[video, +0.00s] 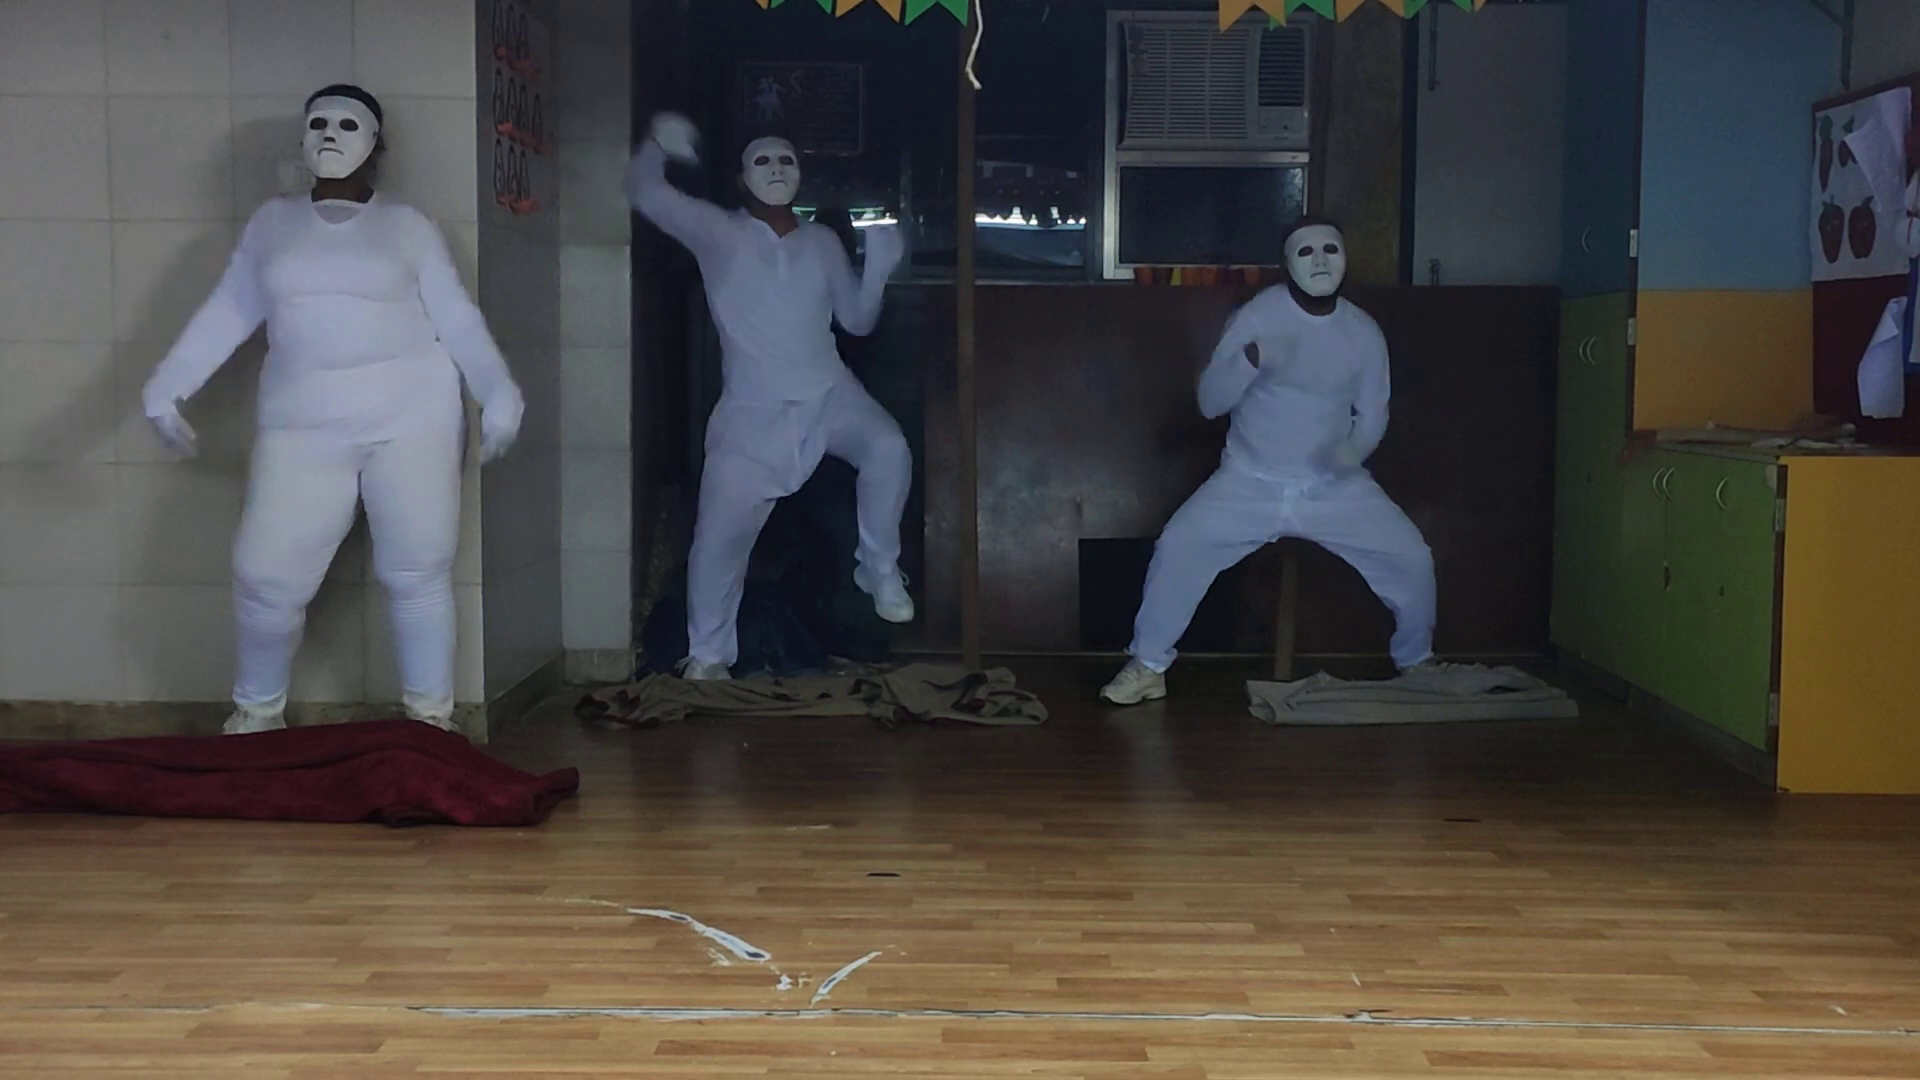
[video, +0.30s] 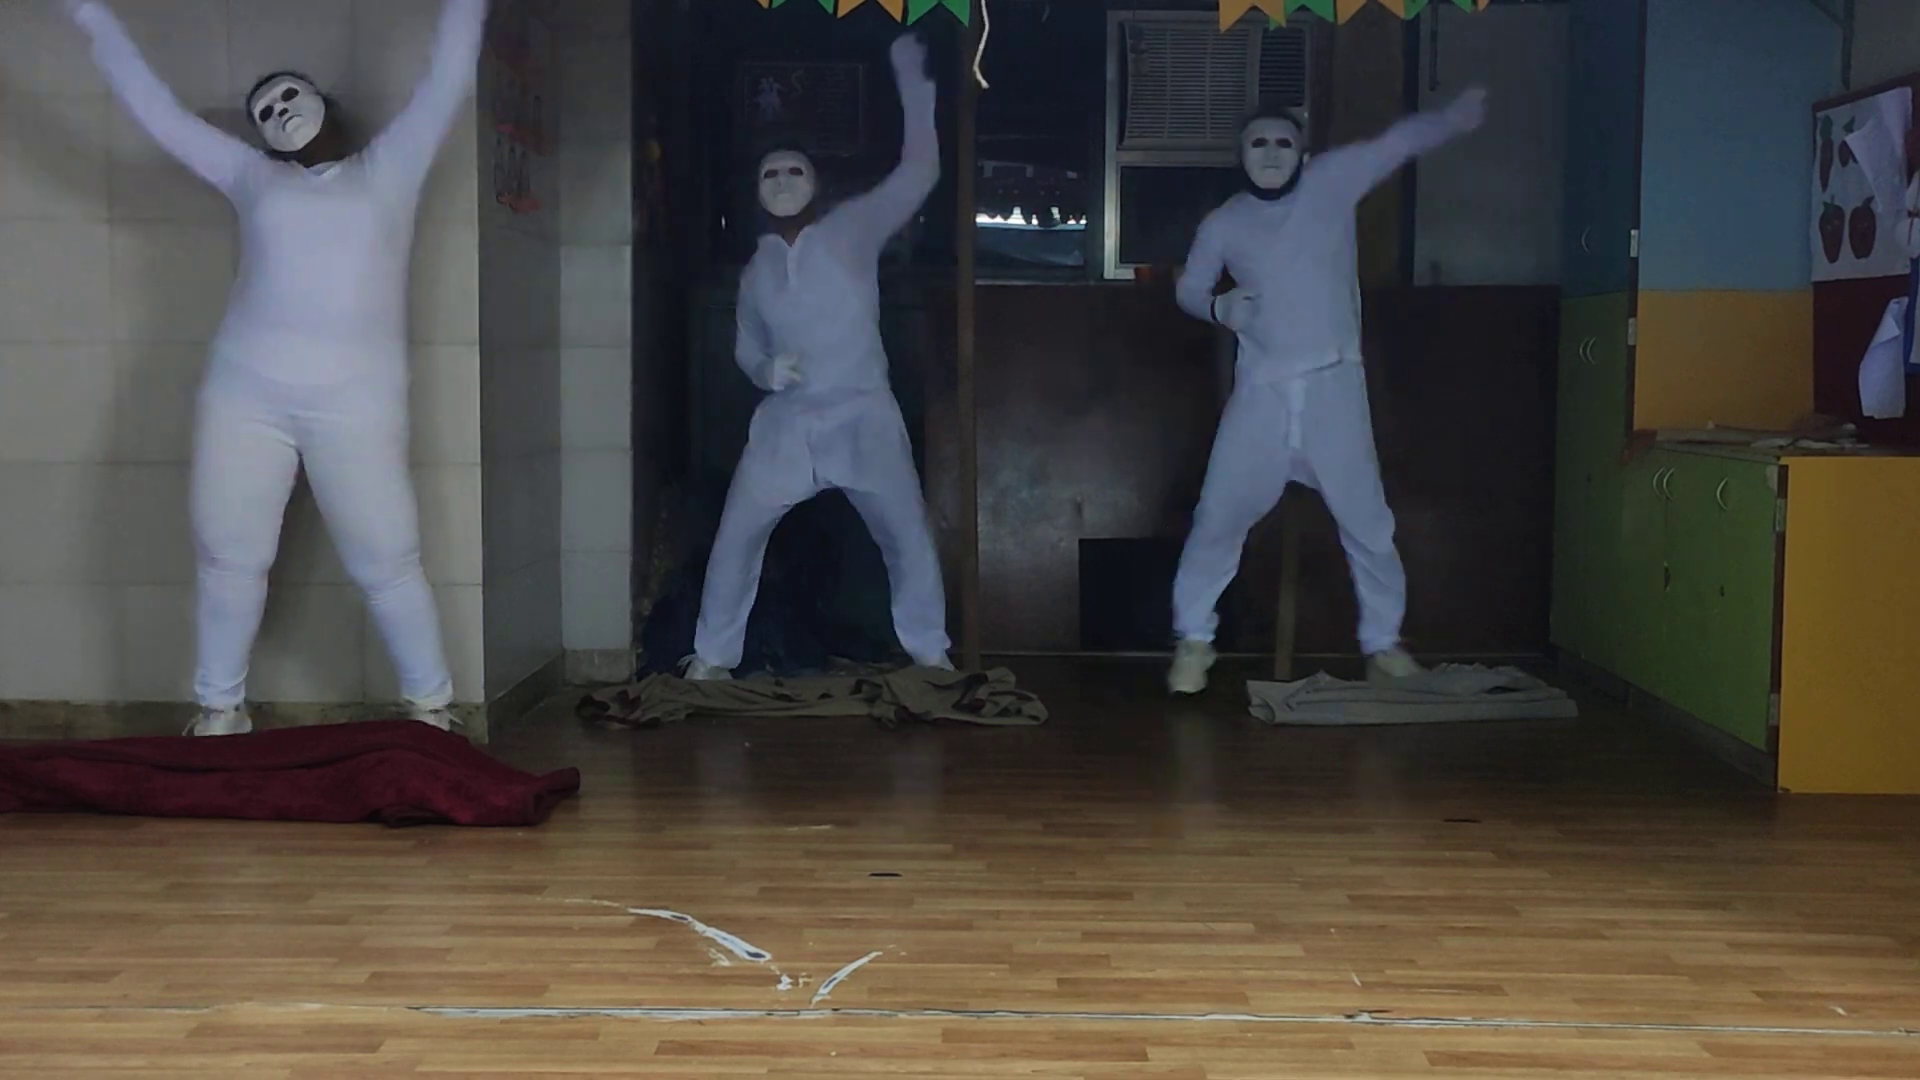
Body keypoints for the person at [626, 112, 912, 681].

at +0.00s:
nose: (776, 171)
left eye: (786, 161)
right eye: (761, 162)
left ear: (798, 173)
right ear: (742, 176)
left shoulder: (823, 244)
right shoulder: (720, 233)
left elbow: (857, 319)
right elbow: (645, 192)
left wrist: (877, 267)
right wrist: (656, 146)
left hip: (828, 395)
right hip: (752, 407)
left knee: (888, 448)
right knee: (720, 541)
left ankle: (879, 568)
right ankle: (709, 658)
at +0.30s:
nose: (782, 185)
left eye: (793, 174)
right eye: (770, 176)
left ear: (817, 182)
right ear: (757, 190)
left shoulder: (851, 229)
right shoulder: (757, 272)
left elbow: (920, 169)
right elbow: (748, 348)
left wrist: (912, 82)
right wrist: (765, 369)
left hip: (864, 413)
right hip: (786, 421)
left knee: (907, 533)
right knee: (737, 532)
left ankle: (930, 656)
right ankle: (714, 660)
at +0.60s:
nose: (873, 161)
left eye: (887, 154)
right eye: (864, 153)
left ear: (910, 172)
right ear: (851, 167)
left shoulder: (928, 258)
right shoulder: (829, 228)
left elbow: (952, 345)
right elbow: (754, 218)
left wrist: (922, 423)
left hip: (885, 416)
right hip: (809, 392)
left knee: (912, 547)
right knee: (730, 458)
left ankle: (926, 659)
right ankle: (735, 568)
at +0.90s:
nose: (927, 196)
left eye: (939, 190)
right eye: (917, 184)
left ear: (948, 206)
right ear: (892, 191)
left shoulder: (942, 290)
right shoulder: (849, 228)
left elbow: (937, 367)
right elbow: (774, 191)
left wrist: (916, 410)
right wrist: (799, 134)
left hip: (875, 422)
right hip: (801, 406)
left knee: (902, 540)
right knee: (762, 518)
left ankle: (925, 659)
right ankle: (757, 641)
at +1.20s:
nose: (842, 156)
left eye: (854, 147)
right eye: (830, 146)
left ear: (869, 162)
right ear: (811, 158)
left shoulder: (885, 241)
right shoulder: (776, 210)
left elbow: (899, 320)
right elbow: (700, 170)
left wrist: (912, 385)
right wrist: (680, 106)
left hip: (851, 403)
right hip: (776, 400)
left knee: (882, 517)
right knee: (759, 528)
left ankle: (883, 645)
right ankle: (759, 652)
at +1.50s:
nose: (830, 155)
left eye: (841, 146)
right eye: (818, 145)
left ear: (857, 158)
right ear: (798, 159)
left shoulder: (882, 237)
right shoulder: (776, 215)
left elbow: (901, 316)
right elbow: (714, 153)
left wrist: (910, 378)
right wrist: (701, 65)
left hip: (851, 407)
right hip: (778, 404)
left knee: (857, 535)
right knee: (764, 531)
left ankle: (839, 652)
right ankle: (757, 652)